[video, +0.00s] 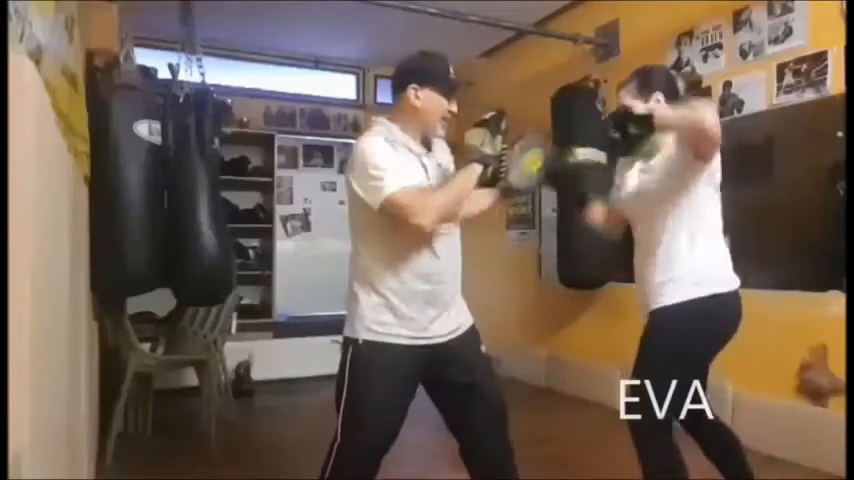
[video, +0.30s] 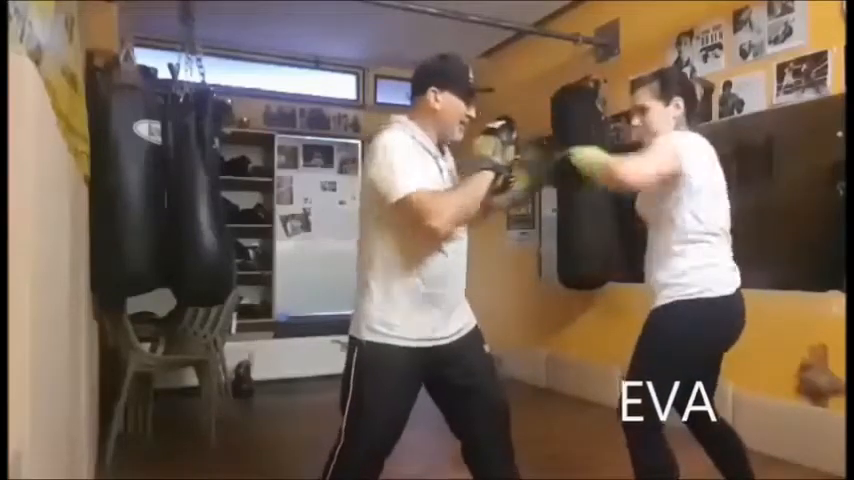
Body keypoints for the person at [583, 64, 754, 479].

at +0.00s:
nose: (621, 117)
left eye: (627, 107)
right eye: (619, 109)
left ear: (656, 102)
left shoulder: (690, 146)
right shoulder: (633, 165)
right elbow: (611, 221)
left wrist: (653, 116)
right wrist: (578, 186)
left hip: (701, 301)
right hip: (669, 307)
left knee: (644, 413)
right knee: (691, 409)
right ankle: (742, 474)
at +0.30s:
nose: (634, 123)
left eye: (641, 111)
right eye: (632, 114)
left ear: (676, 107)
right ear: (673, 110)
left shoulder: (674, 146)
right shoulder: (700, 149)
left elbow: (628, 176)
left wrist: (595, 161)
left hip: (684, 307)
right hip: (719, 304)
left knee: (636, 411)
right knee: (695, 408)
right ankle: (743, 474)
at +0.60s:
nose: (638, 121)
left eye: (647, 110)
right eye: (636, 112)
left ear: (678, 106)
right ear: (671, 108)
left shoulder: (713, 154)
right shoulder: (659, 157)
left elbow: (666, 222)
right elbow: (609, 201)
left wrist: (644, 158)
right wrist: (584, 160)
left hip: (709, 307)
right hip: (678, 308)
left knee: (656, 418)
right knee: (699, 412)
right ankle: (743, 475)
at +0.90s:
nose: (629, 134)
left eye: (634, 124)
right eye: (628, 125)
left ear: (661, 120)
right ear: (665, 121)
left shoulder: (657, 162)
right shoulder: (692, 155)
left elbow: (614, 223)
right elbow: (668, 228)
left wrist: (599, 175)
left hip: (696, 316)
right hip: (731, 310)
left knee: (638, 415)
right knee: (694, 408)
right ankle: (741, 474)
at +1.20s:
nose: (636, 119)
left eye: (642, 110)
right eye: (634, 112)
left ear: (671, 107)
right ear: (656, 110)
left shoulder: (710, 145)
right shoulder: (639, 165)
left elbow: (691, 192)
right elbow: (585, 189)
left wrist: (658, 142)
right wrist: (567, 151)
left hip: (707, 303)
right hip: (670, 308)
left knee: (643, 409)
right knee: (700, 412)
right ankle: (741, 474)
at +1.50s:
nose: (638, 131)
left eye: (647, 118)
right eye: (635, 121)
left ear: (680, 115)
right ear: (681, 118)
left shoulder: (672, 153)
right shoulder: (704, 153)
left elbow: (607, 190)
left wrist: (581, 158)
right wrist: (635, 159)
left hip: (690, 311)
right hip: (729, 307)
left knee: (634, 414)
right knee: (701, 410)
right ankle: (743, 475)